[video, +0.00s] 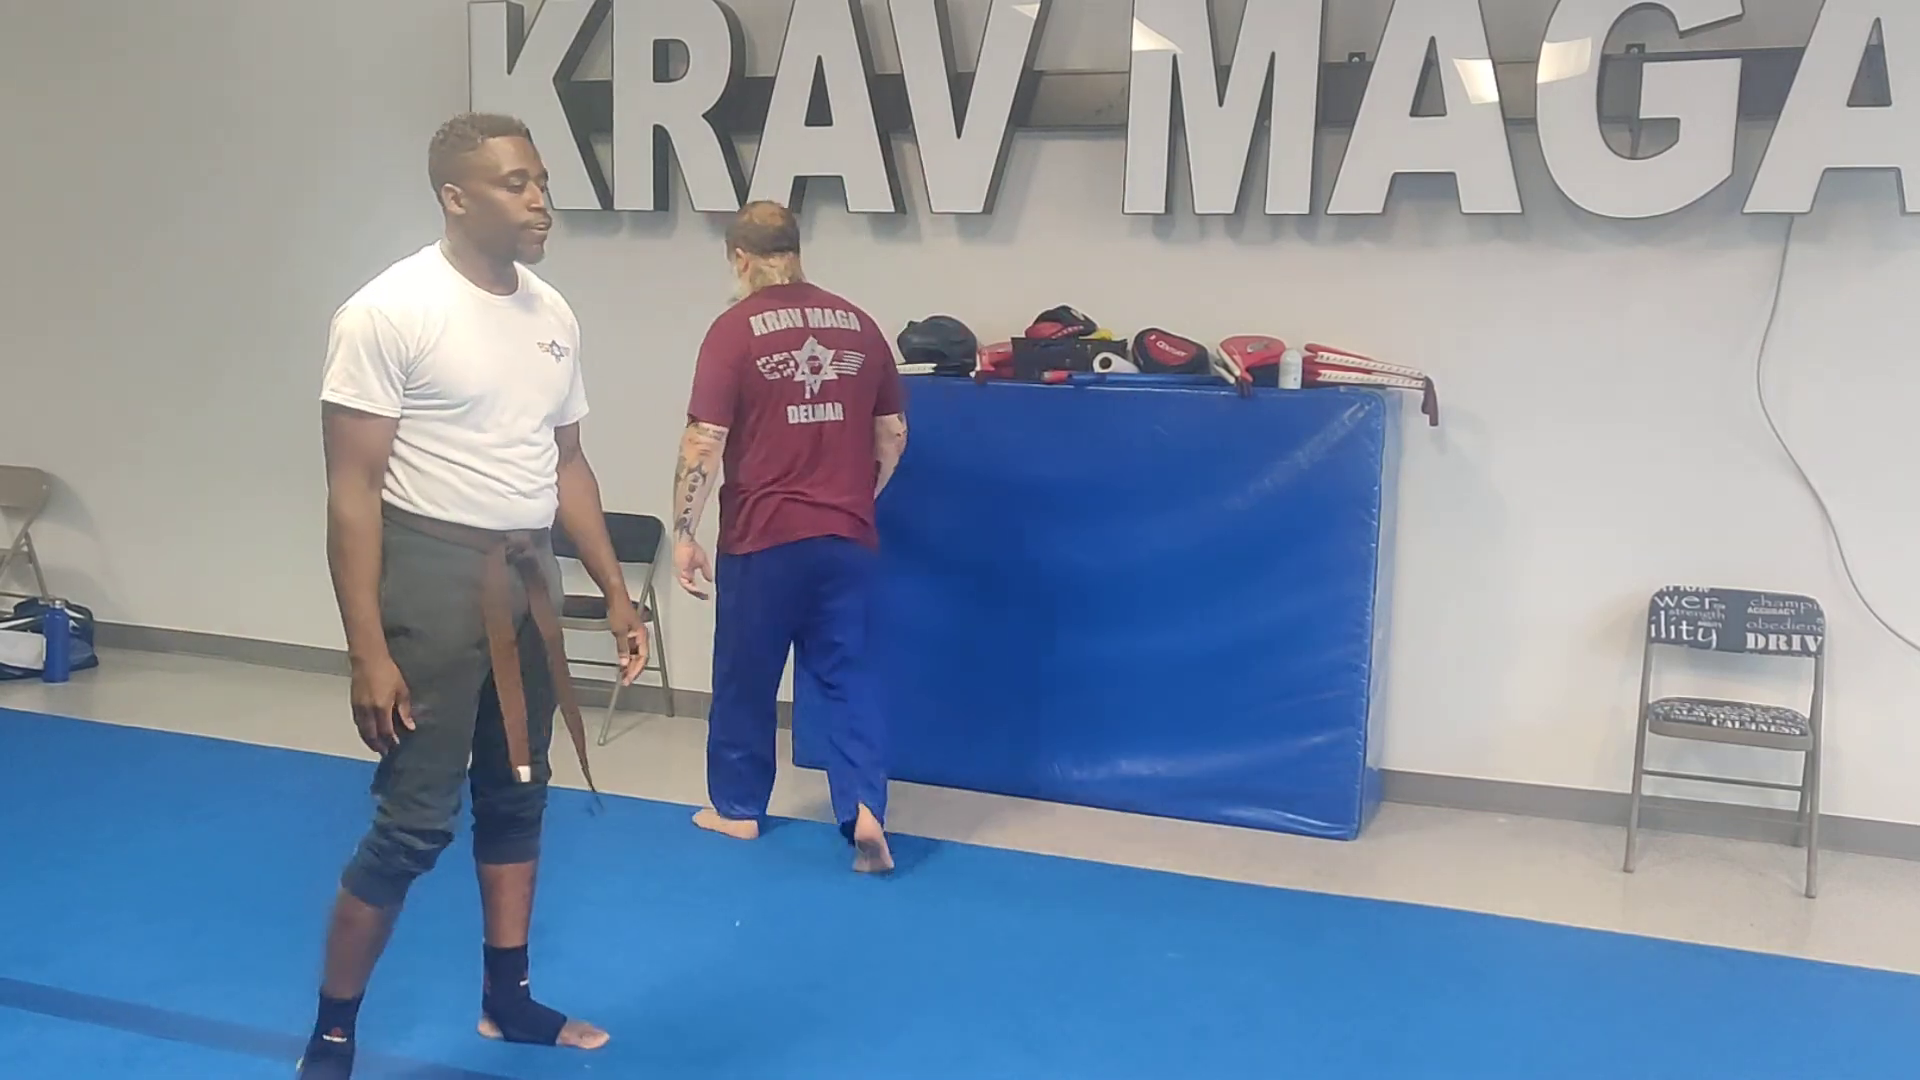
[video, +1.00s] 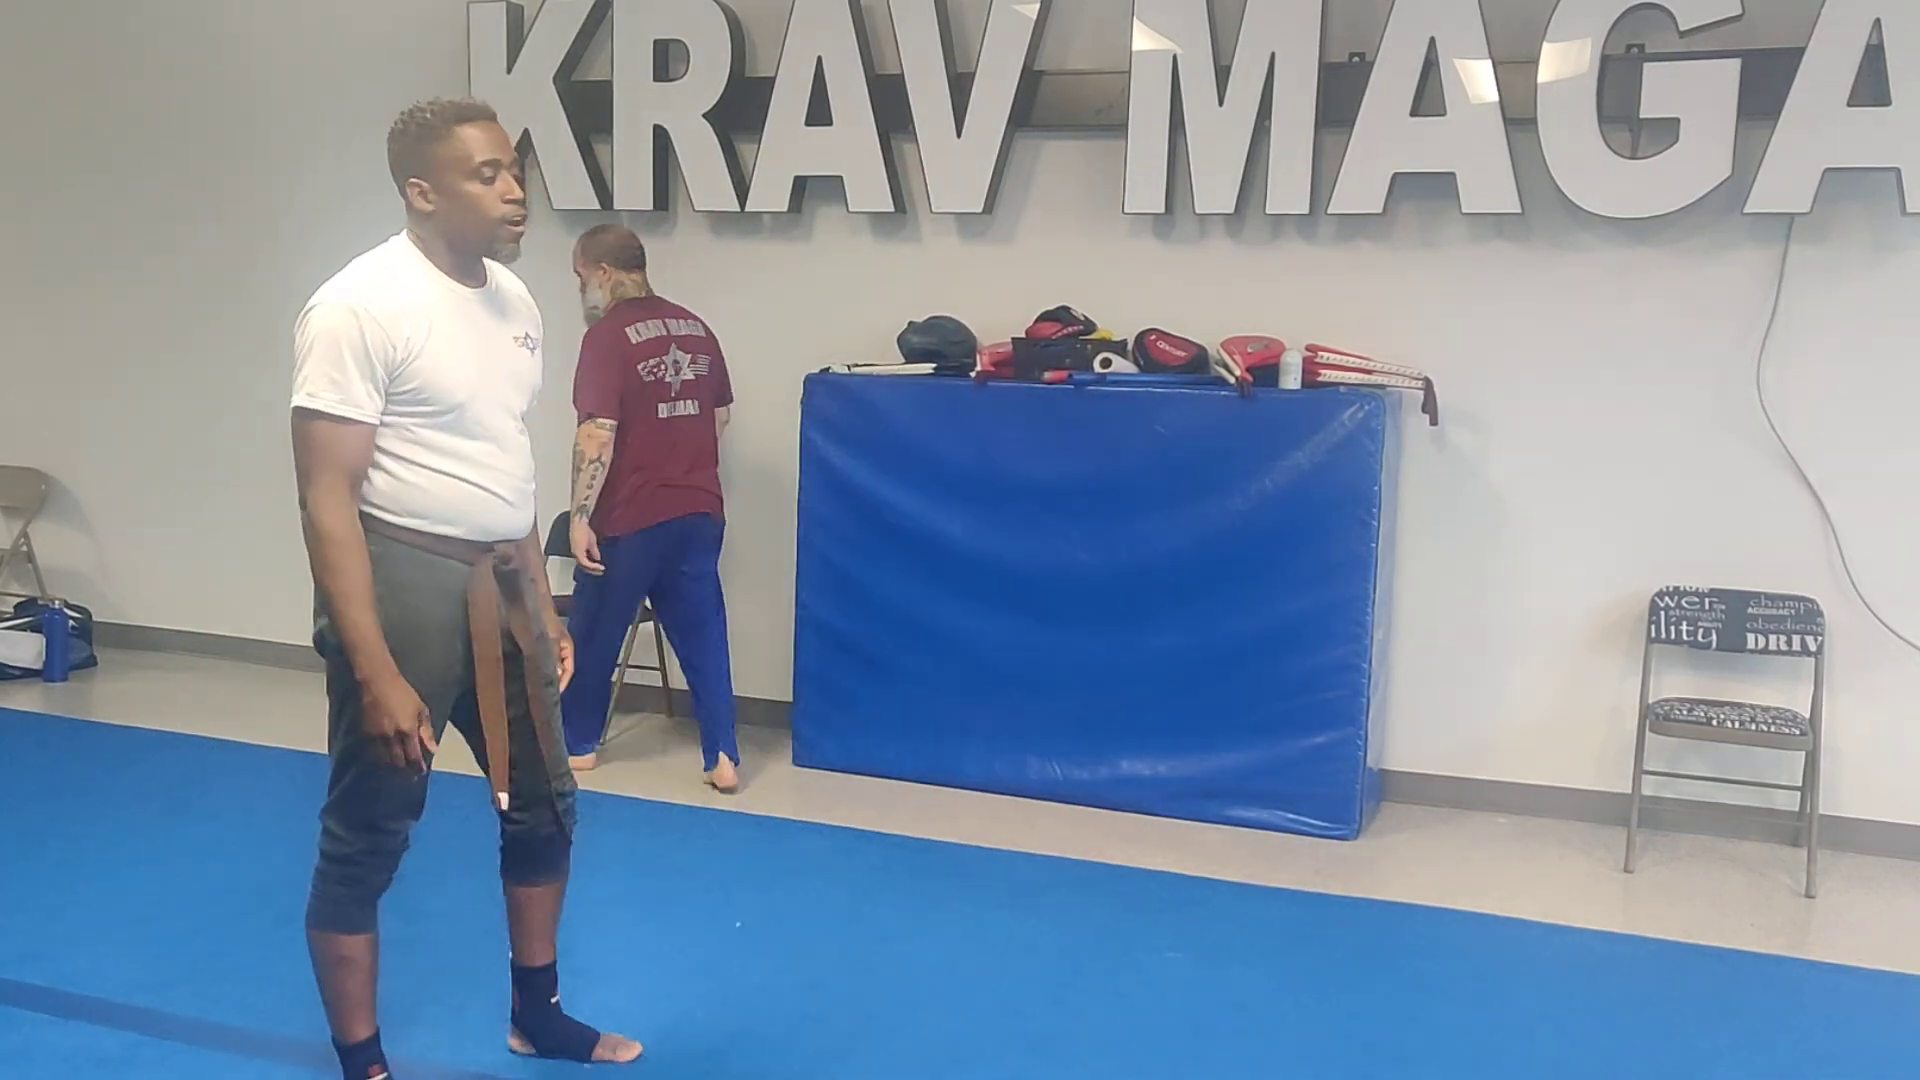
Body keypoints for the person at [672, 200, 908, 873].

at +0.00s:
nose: (731, 270)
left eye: (730, 261)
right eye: (734, 260)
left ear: (739, 259)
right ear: (798, 256)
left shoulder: (734, 329)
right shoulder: (859, 323)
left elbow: (704, 444)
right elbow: (890, 436)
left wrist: (684, 532)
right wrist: (853, 502)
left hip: (765, 532)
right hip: (848, 529)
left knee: (745, 678)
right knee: (845, 674)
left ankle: (739, 809)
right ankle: (864, 807)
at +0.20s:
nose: (696, 262)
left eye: (695, 253)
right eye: (696, 253)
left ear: (706, 251)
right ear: (761, 247)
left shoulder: (696, 318)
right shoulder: (821, 311)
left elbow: (650, 431)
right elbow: (860, 418)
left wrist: (623, 498)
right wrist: (836, 485)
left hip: (731, 515)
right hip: (810, 511)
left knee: (721, 669)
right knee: (807, 647)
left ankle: (733, 809)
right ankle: (825, 756)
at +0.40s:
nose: (677, 270)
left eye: (677, 260)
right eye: (679, 260)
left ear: (688, 257)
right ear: (739, 253)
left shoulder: (678, 325)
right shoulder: (797, 322)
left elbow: (622, 427)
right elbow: (831, 429)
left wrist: (579, 471)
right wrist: (808, 490)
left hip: (706, 518)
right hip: (780, 517)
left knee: (706, 665)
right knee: (763, 654)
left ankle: (731, 806)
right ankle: (733, 772)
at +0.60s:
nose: (663, 278)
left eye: (664, 269)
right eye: (665, 268)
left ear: (677, 266)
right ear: (724, 265)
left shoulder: (670, 328)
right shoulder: (773, 328)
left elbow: (628, 431)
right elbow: (801, 429)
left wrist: (586, 501)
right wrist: (767, 487)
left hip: (683, 515)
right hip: (753, 515)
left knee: (656, 640)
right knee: (726, 637)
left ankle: (711, 745)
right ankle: (718, 772)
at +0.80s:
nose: (631, 278)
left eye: (632, 267)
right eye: (630, 268)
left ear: (654, 261)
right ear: (692, 261)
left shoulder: (652, 322)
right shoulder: (745, 323)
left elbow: (628, 421)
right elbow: (765, 416)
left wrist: (609, 499)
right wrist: (730, 472)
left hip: (658, 505)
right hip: (729, 506)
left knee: (614, 628)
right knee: (723, 640)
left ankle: (628, 758)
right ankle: (724, 767)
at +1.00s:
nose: (579, 287)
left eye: (581, 275)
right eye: (579, 276)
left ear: (603, 274)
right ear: (637, 270)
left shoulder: (606, 334)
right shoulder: (694, 326)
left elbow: (598, 434)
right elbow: (719, 414)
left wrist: (579, 515)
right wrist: (684, 468)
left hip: (633, 514)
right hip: (700, 508)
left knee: (595, 631)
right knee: (704, 638)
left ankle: (579, 744)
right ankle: (723, 758)